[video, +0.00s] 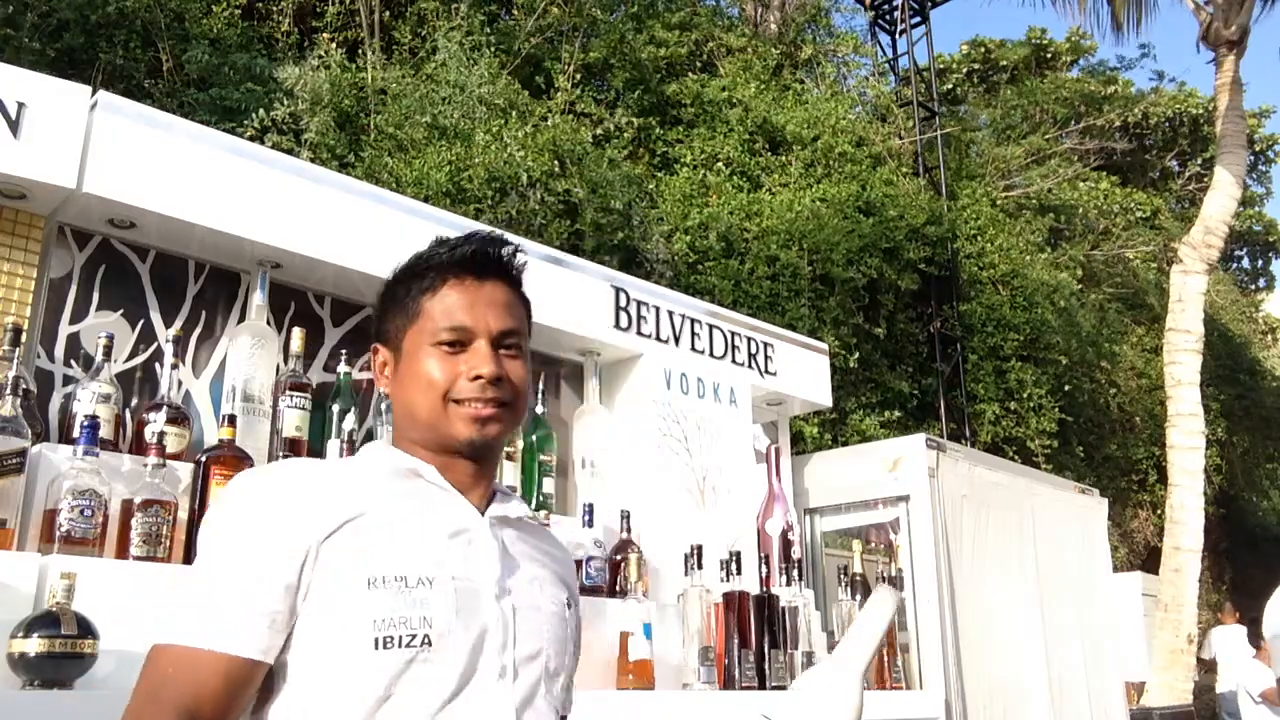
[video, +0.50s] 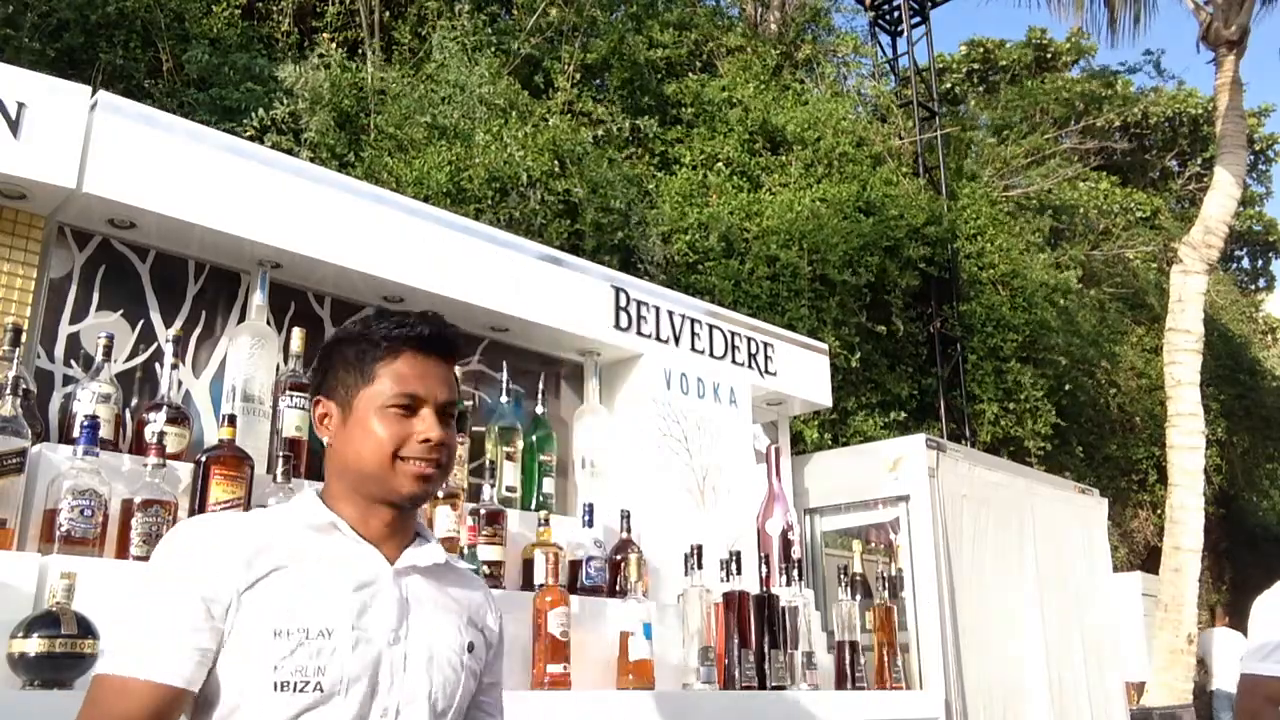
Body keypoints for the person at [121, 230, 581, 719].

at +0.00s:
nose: (490, 369)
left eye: (510, 346)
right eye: (454, 344)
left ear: (529, 370)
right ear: (386, 370)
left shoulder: (554, 560)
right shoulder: (284, 506)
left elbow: (543, 708)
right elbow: (172, 707)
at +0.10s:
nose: (458, 379)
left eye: (481, 356)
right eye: (424, 353)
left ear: (501, 378)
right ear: (362, 377)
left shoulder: (538, 563)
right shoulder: (252, 522)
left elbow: (542, 710)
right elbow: (153, 708)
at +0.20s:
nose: (435, 389)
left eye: (457, 366)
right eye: (402, 364)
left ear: (478, 389)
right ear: (339, 385)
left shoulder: (520, 566)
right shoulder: (228, 531)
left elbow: (524, 708)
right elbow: (137, 707)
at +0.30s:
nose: (425, 403)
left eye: (444, 380)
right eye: (390, 379)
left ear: (466, 401)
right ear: (330, 399)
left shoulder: (508, 587)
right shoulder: (216, 541)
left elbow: (505, 716)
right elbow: (122, 714)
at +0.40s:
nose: (423, 421)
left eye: (444, 400)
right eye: (391, 397)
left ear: (461, 420)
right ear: (329, 415)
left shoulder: (495, 605)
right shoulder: (214, 545)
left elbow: (491, 713)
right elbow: (111, 711)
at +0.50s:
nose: (436, 434)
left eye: (448, 415)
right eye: (405, 409)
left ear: (458, 429)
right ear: (328, 421)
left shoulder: (474, 602)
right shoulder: (211, 553)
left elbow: (483, 712)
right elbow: (117, 710)